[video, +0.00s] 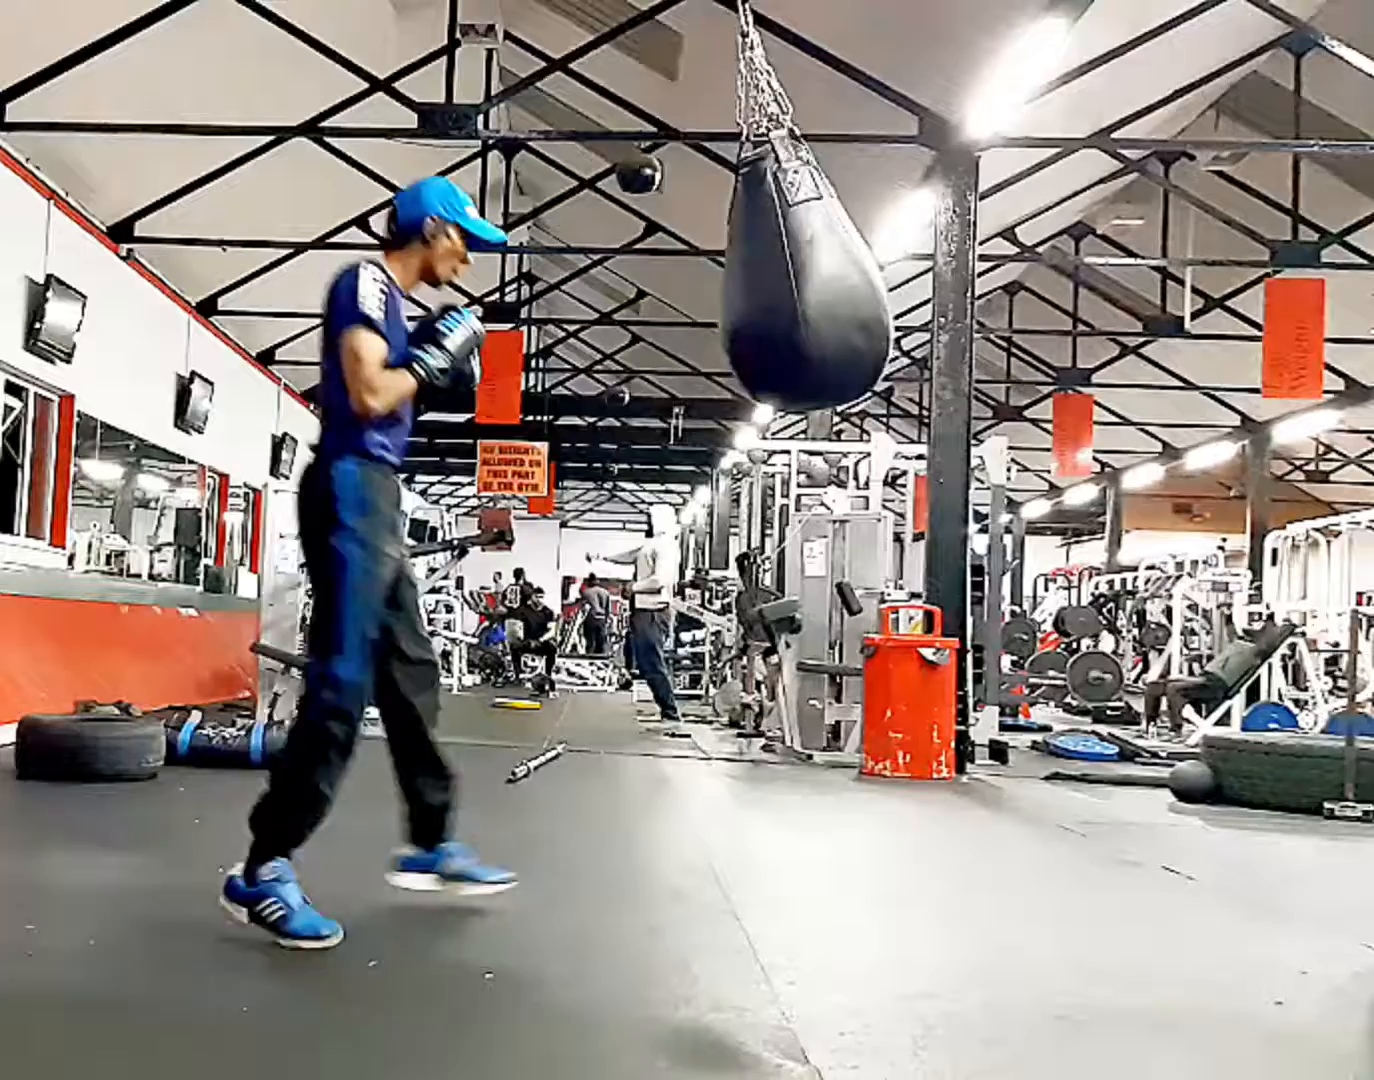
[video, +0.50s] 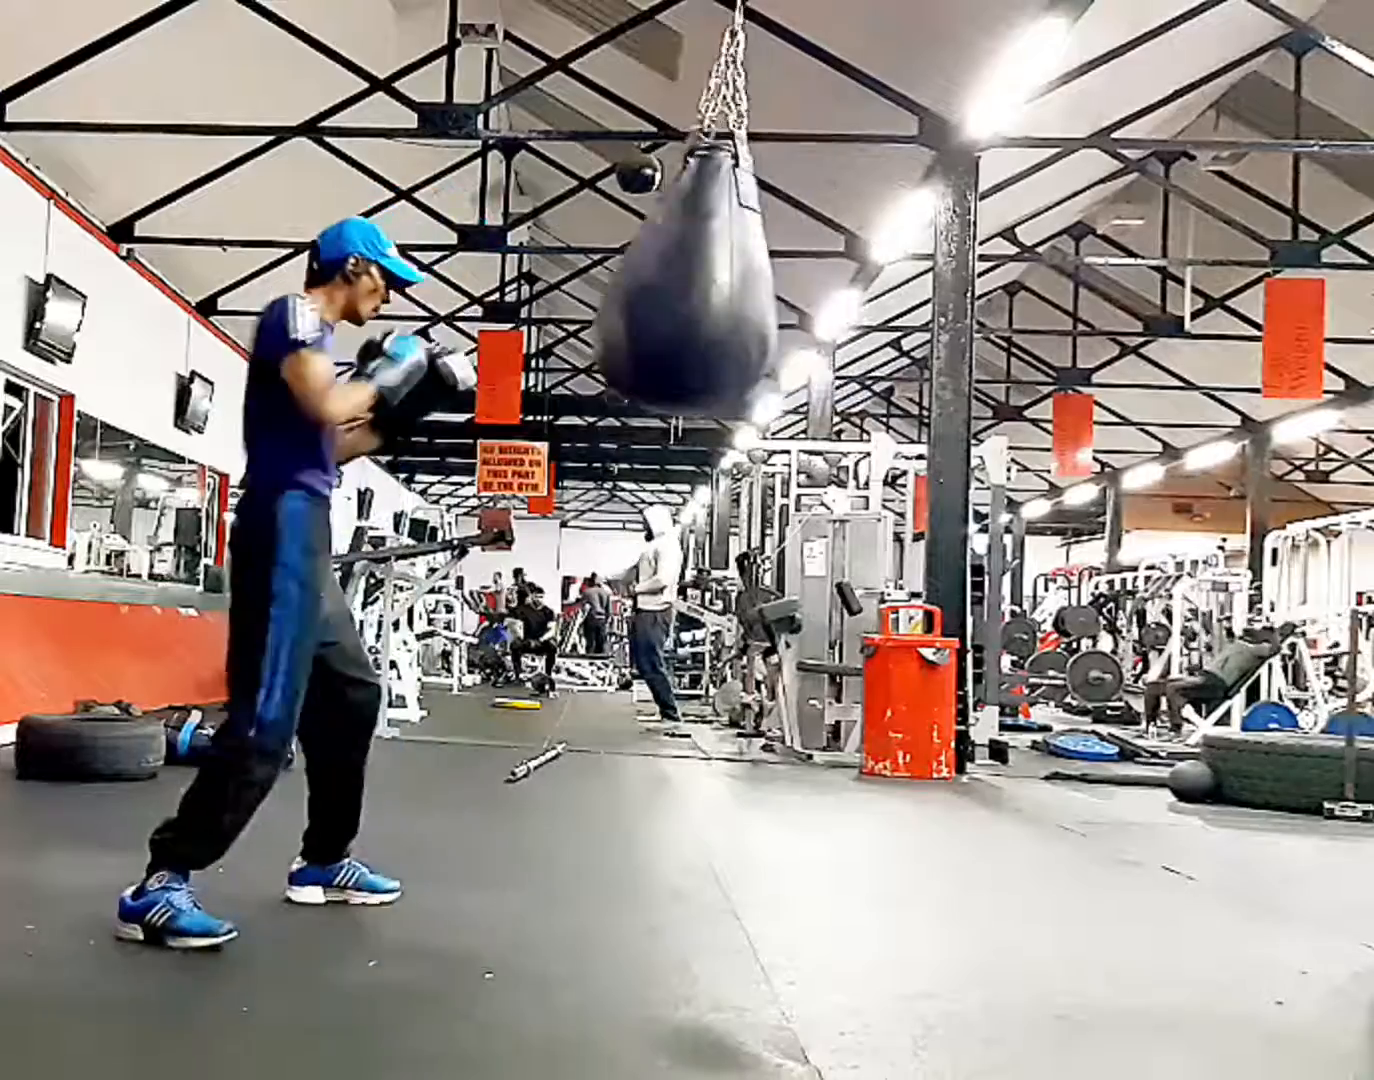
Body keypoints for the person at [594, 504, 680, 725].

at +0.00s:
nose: (648, 522)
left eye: (652, 518)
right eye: (650, 518)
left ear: (661, 521)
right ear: (660, 521)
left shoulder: (666, 546)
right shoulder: (649, 545)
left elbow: (660, 581)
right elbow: (627, 557)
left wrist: (633, 587)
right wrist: (601, 559)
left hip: (653, 609)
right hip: (641, 608)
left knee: (653, 664)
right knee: (644, 663)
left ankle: (670, 712)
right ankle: (666, 709)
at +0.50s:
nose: (643, 527)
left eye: (647, 523)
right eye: (644, 523)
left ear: (657, 523)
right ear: (657, 523)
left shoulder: (668, 546)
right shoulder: (652, 547)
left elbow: (663, 580)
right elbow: (633, 573)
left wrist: (636, 589)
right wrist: (609, 580)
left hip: (656, 609)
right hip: (643, 608)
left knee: (652, 663)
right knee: (643, 664)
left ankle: (670, 712)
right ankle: (666, 709)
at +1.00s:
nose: (630, 541)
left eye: (630, 536)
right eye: (629, 537)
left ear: (637, 532)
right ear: (644, 528)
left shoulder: (656, 544)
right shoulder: (652, 545)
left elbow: (663, 577)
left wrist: (644, 598)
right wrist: (640, 593)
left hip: (663, 610)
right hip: (657, 609)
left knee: (659, 662)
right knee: (657, 662)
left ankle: (671, 713)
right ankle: (669, 711)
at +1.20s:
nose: (632, 546)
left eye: (631, 541)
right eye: (629, 542)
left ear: (638, 536)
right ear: (646, 530)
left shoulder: (654, 551)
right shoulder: (666, 544)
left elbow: (659, 586)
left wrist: (653, 616)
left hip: (666, 613)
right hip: (679, 609)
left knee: (659, 661)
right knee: (659, 659)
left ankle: (671, 711)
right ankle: (669, 707)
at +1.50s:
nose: (638, 548)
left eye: (637, 544)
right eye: (636, 544)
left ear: (643, 538)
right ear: (651, 532)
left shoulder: (657, 553)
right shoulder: (671, 546)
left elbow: (672, 585)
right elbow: (687, 580)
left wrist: (683, 613)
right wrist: (695, 607)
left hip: (665, 616)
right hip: (676, 613)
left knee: (660, 666)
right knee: (672, 664)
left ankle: (673, 714)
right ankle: (685, 712)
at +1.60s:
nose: (641, 551)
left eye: (640, 546)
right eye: (638, 547)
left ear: (647, 541)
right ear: (650, 536)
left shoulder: (663, 555)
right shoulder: (664, 551)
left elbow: (681, 585)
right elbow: (658, 583)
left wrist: (692, 612)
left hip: (668, 619)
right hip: (672, 617)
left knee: (659, 665)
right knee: (673, 665)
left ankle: (673, 714)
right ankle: (688, 715)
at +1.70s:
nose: (644, 555)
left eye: (643, 551)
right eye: (641, 551)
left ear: (650, 545)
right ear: (654, 540)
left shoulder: (666, 561)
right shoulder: (667, 556)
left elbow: (684, 592)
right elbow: (660, 586)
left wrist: (694, 619)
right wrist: (641, 589)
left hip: (668, 623)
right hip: (675, 620)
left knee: (661, 666)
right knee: (673, 666)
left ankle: (673, 712)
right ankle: (688, 713)